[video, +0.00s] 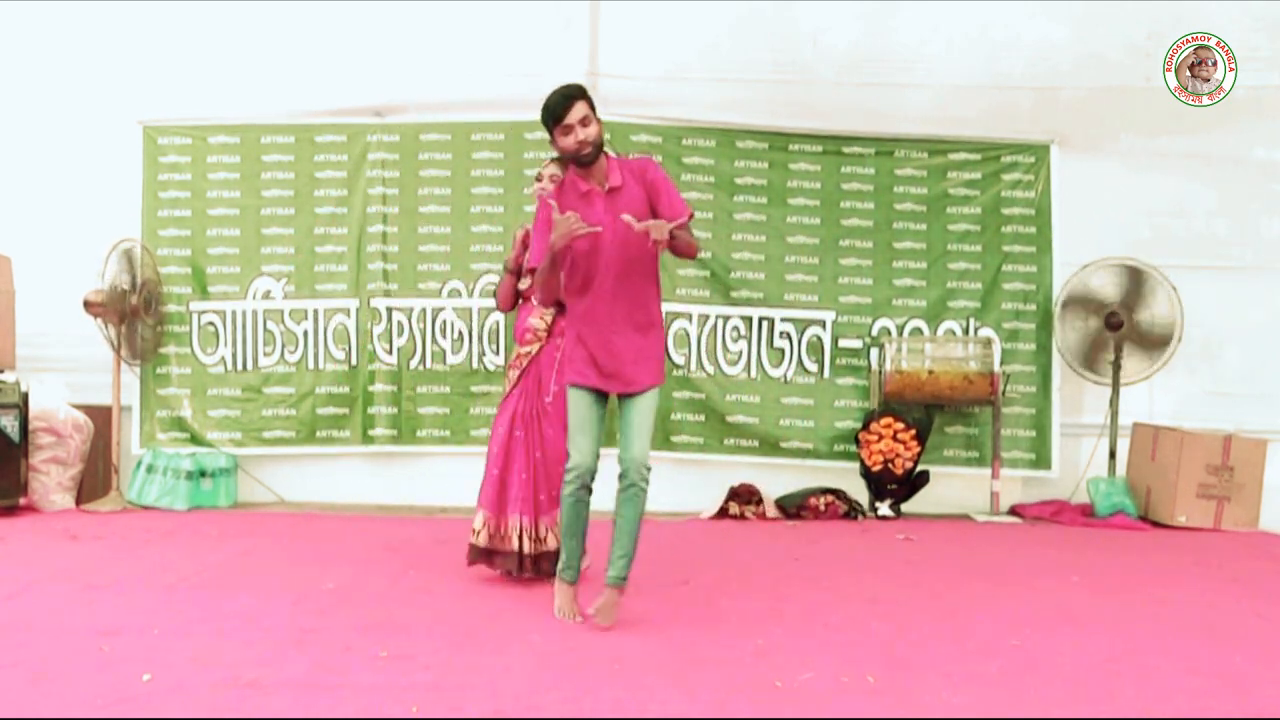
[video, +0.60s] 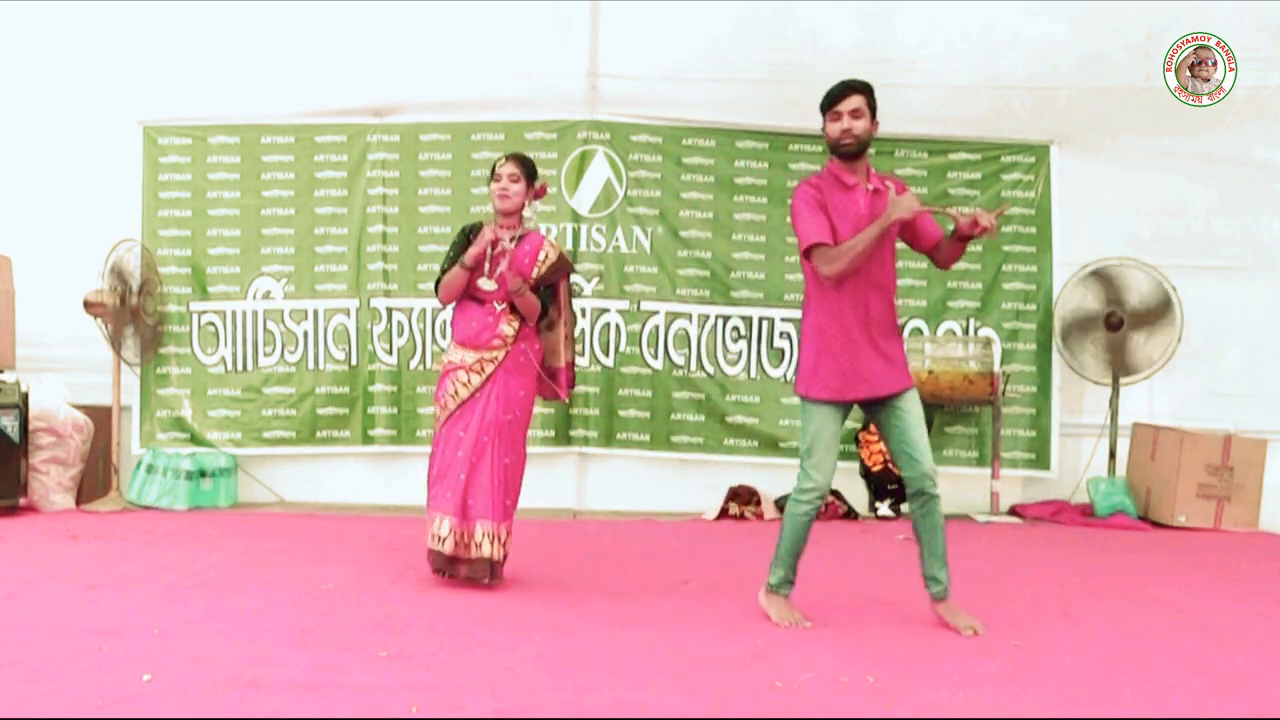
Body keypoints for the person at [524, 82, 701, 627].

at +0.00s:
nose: (582, 134)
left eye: (586, 121)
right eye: (569, 130)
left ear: (599, 119)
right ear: (555, 140)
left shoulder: (645, 173)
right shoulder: (555, 196)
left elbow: (691, 247)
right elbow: (546, 294)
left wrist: (666, 232)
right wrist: (556, 244)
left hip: (640, 343)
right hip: (581, 343)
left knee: (635, 465)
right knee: (582, 466)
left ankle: (616, 585)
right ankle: (567, 577)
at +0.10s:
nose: (629, 139)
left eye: (635, 126)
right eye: (616, 134)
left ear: (651, 127)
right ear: (605, 147)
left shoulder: (695, 188)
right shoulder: (606, 212)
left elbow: (738, 259)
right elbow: (594, 305)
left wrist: (727, 259)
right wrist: (617, 261)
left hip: (688, 357)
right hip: (628, 359)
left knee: (710, 474)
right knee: (604, 476)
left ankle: (734, 597)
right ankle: (568, 581)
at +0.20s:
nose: (659, 140)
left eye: (667, 128)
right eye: (649, 135)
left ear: (688, 132)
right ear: (641, 149)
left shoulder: (733, 194)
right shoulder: (640, 215)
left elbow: (772, 262)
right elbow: (638, 310)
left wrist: (781, 281)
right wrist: (673, 276)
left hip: (726, 365)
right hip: (667, 367)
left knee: (745, 485)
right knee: (633, 481)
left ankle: (749, 606)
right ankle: (578, 578)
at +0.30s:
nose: (711, 133)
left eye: (720, 122)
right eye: (701, 128)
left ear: (744, 128)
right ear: (695, 142)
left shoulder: (785, 187)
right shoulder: (693, 208)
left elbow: (832, 244)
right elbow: (696, 293)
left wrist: (847, 256)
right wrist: (751, 253)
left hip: (775, 363)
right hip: (717, 363)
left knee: (775, 488)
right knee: (705, 477)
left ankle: (751, 605)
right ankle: (665, 568)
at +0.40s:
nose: (749, 119)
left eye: (758, 108)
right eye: (739, 112)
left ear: (780, 115)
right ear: (731, 124)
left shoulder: (814, 174)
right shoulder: (725, 189)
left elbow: (864, 228)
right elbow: (734, 269)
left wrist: (885, 220)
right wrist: (792, 220)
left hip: (806, 348)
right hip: (751, 349)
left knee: (794, 475)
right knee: (755, 468)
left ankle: (763, 591)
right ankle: (744, 571)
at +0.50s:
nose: (807, 117)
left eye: (817, 108)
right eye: (797, 109)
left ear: (837, 117)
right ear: (786, 121)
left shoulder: (859, 177)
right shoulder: (777, 182)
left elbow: (915, 232)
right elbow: (791, 254)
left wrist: (933, 213)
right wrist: (850, 203)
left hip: (854, 349)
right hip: (799, 351)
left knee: (877, 466)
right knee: (798, 473)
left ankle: (852, 588)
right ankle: (774, 590)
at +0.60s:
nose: (847, 123)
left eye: (857, 115)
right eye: (837, 116)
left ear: (875, 126)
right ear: (824, 128)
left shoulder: (893, 191)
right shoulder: (810, 193)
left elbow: (941, 256)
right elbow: (827, 266)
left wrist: (962, 233)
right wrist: (889, 218)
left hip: (885, 357)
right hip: (828, 360)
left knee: (923, 478)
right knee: (815, 482)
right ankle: (776, 590)